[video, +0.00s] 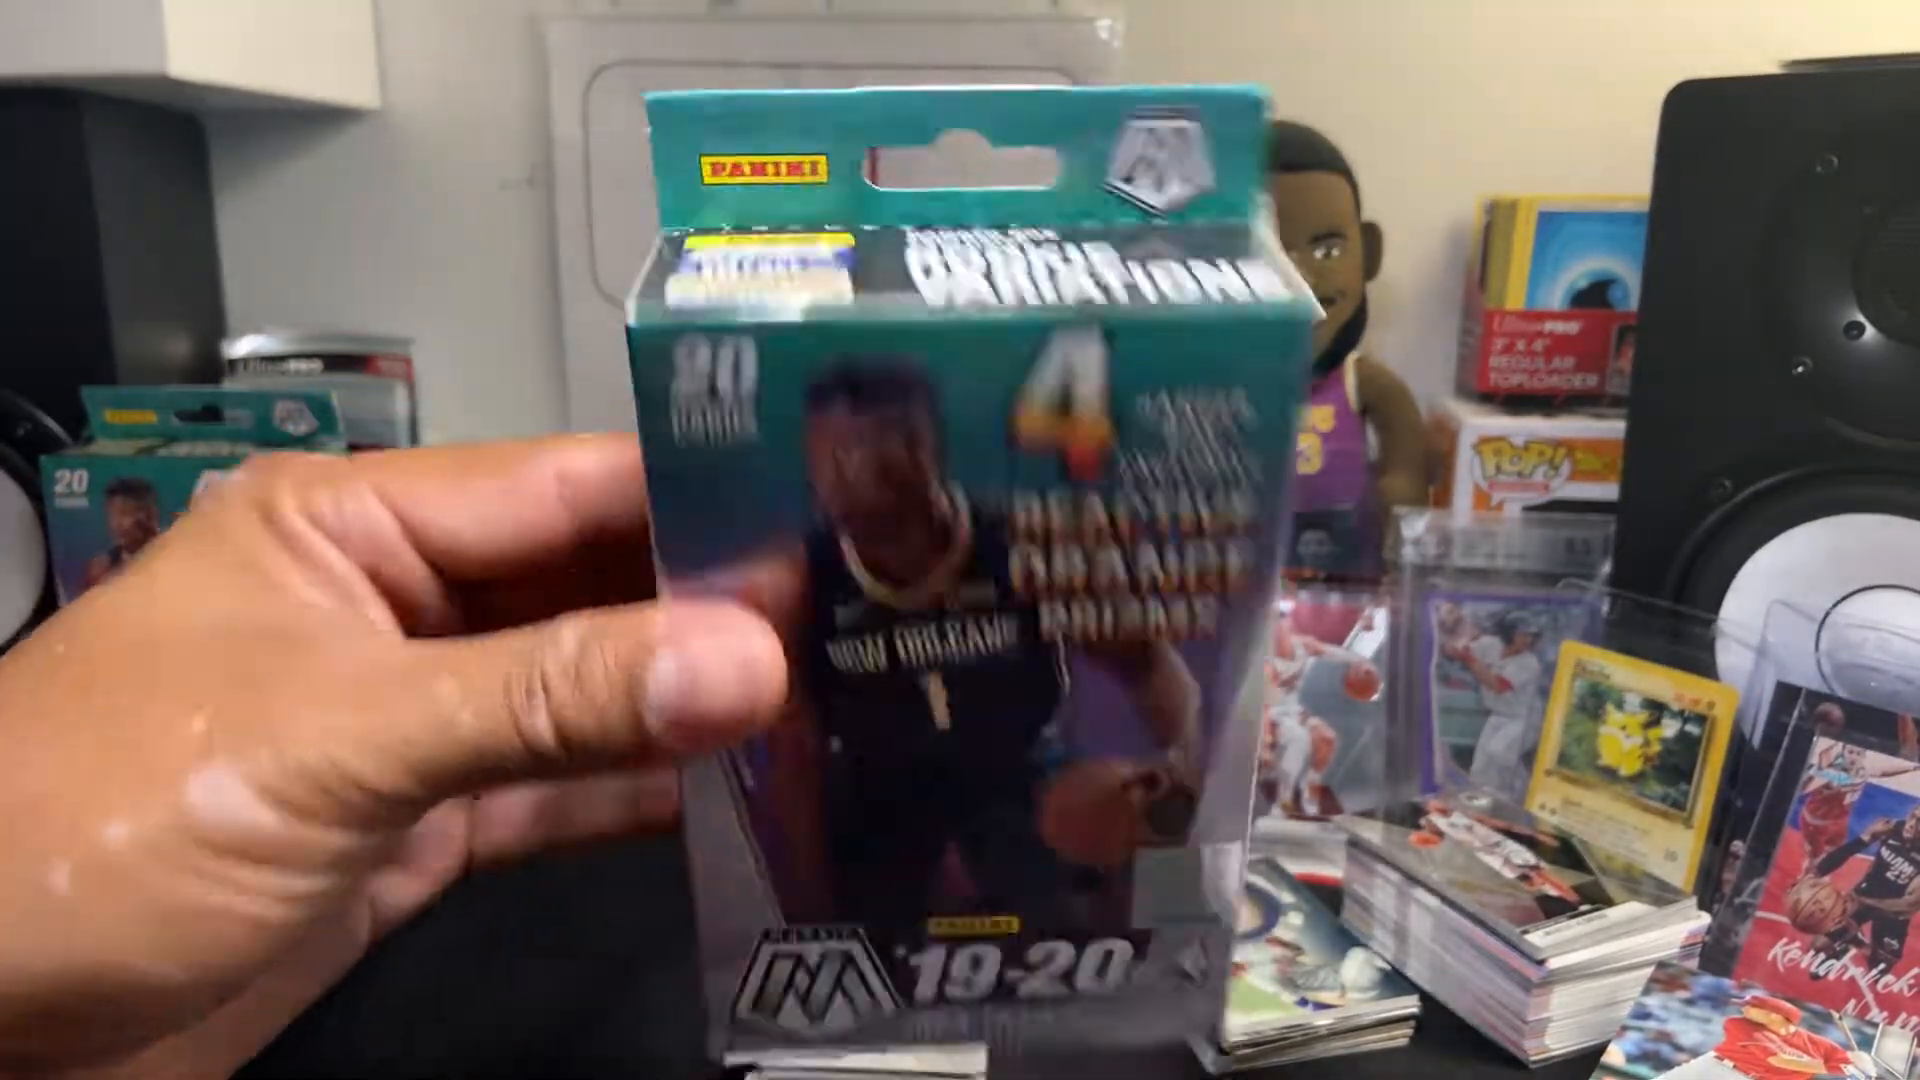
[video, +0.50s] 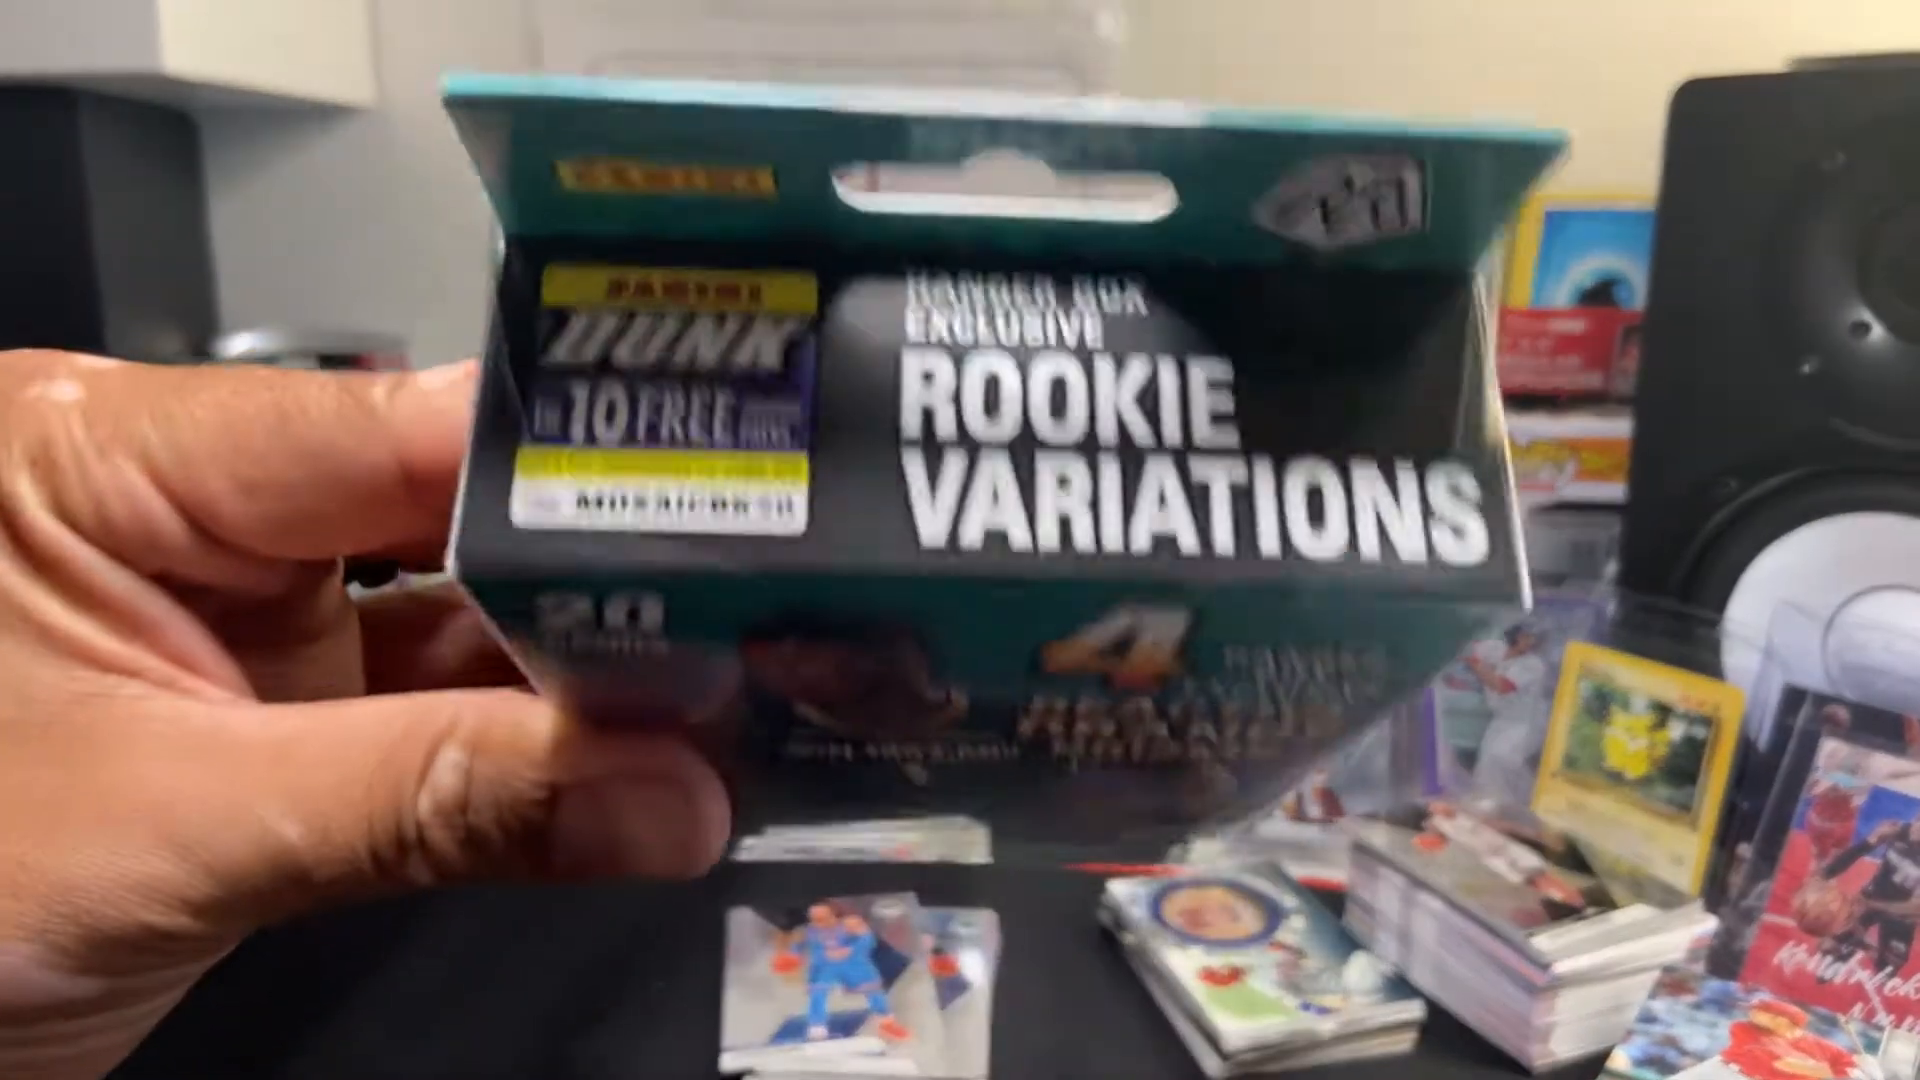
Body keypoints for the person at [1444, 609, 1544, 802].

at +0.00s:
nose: (1528, 641)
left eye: (1531, 636)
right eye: (1523, 635)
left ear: (1534, 639)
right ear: (1511, 635)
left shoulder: (1529, 663)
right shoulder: (1492, 645)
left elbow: (1500, 685)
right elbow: (1461, 651)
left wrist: (1473, 662)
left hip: (1519, 721)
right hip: (1497, 717)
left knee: (1497, 752)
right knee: (1482, 752)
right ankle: (1477, 792)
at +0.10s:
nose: (1528, 641)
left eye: (1531, 637)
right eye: (1524, 635)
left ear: (1534, 639)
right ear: (1512, 634)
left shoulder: (1529, 663)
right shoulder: (1492, 646)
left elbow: (1500, 685)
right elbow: (1459, 651)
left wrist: (1473, 662)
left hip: (1519, 721)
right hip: (1496, 717)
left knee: (1497, 751)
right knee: (1482, 755)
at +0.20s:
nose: (1529, 641)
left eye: (1532, 636)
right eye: (1525, 635)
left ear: (1534, 639)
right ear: (1512, 635)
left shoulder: (1530, 664)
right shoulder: (1492, 645)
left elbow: (1500, 685)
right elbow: (1461, 651)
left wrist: (1473, 661)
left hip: (1520, 721)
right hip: (1497, 717)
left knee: (1498, 751)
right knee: (1482, 755)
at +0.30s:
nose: (1530, 641)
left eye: (1533, 636)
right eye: (1525, 635)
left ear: (1535, 639)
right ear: (1513, 635)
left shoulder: (1531, 664)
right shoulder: (1493, 646)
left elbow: (1502, 685)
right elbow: (1461, 651)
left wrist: (1475, 662)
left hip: (1521, 722)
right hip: (1498, 718)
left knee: (1499, 752)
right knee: (1483, 755)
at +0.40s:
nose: (1531, 642)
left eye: (1534, 637)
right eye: (1527, 635)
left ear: (1537, 639)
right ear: (1514, 634)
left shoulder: (1533, 664)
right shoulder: (1494, 646)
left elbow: (1502, 685)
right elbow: (1460, 651)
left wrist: (1475, 662)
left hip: (1520, 723)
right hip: (1498, 719)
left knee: (1501, 755)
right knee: (1484, 757)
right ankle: (1480, 798)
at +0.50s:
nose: (1531, 642)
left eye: (1533, 637)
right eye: (1527, 637)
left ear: (1535, 641)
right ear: (1516, 638)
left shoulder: (1534, 664)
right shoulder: (1503, 656)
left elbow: (1504, 685)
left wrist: (1480, 668)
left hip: (1525, 723)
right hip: (1502, 720)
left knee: (1504, 755)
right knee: (1489, 755)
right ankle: (1484, 798)